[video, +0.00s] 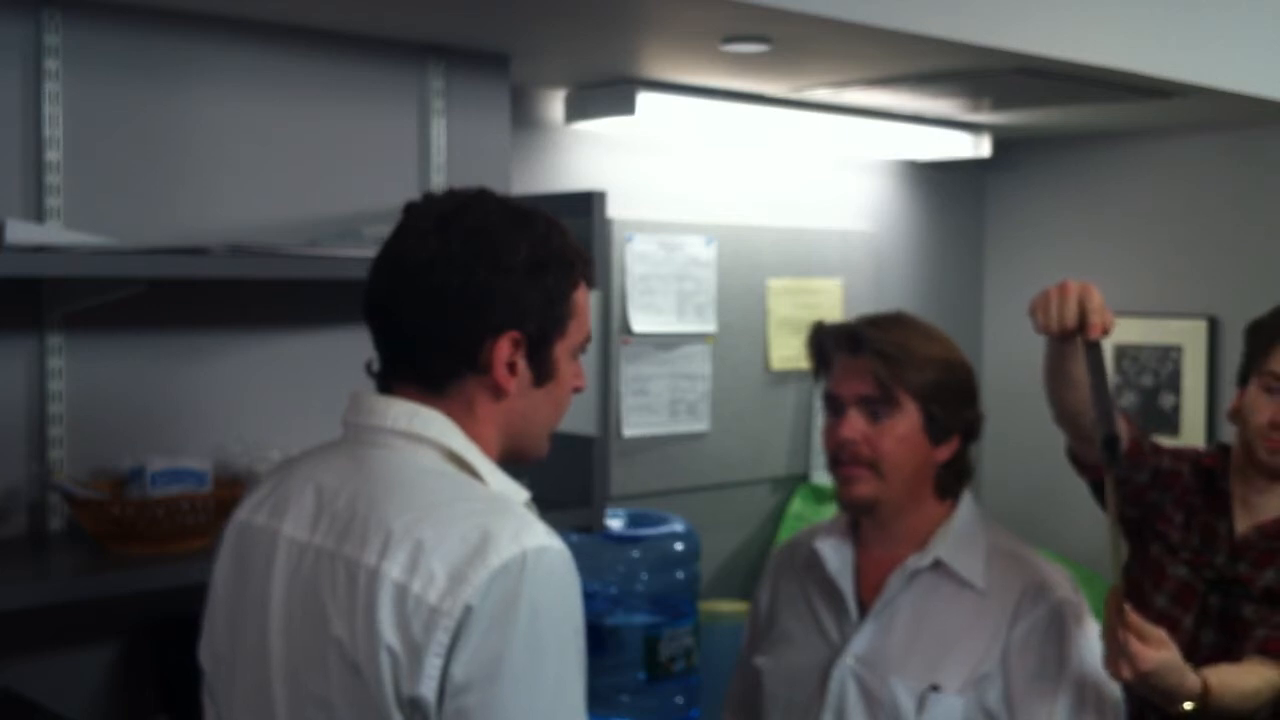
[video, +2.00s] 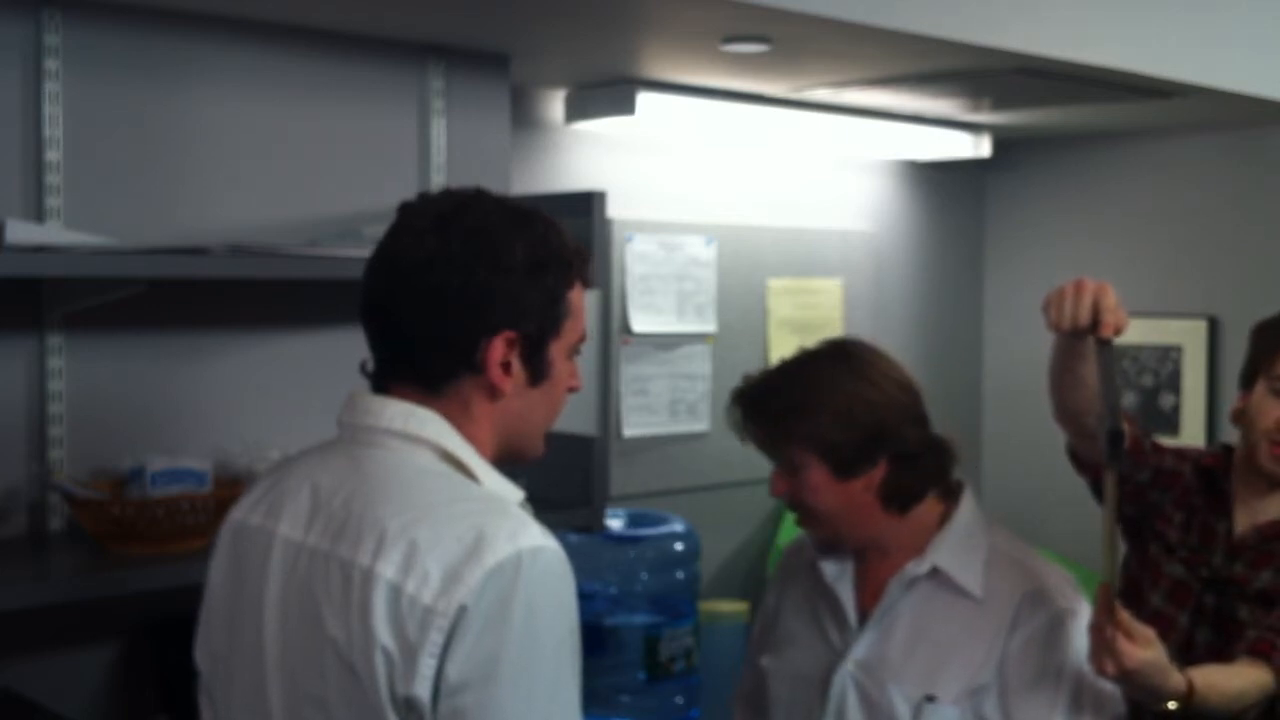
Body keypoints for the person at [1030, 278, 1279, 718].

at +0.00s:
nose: (1277, 414)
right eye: (1270, 389)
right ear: (1236, 401)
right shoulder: (1170, 483)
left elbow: (1270, 673)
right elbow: (1087, 426)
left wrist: (1193, 687)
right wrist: (1068, 336)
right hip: (1143, 706)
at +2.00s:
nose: (1279, 416)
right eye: (1275, 391)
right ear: (1240, 404)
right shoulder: (1174, 482)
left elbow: (1265, 672)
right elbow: (1087, 426)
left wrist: (1177, 686)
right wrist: (1077, 335)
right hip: (1121, 701)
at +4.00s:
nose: (1278, 418)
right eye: (1276, 394)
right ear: (1243, 401)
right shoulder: (1171, 484)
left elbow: (1267, 676)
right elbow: (1092, 425)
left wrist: (1186, 687)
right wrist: (1086, 331)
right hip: (1134, 703)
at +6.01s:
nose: (1278, 421)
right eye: (1275, 396)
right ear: (1241, 401)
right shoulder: (1167, 485)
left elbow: (1267, 676)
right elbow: (1088, 426)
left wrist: (1185, 686)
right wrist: (1083, 329)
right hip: (1131, 703)